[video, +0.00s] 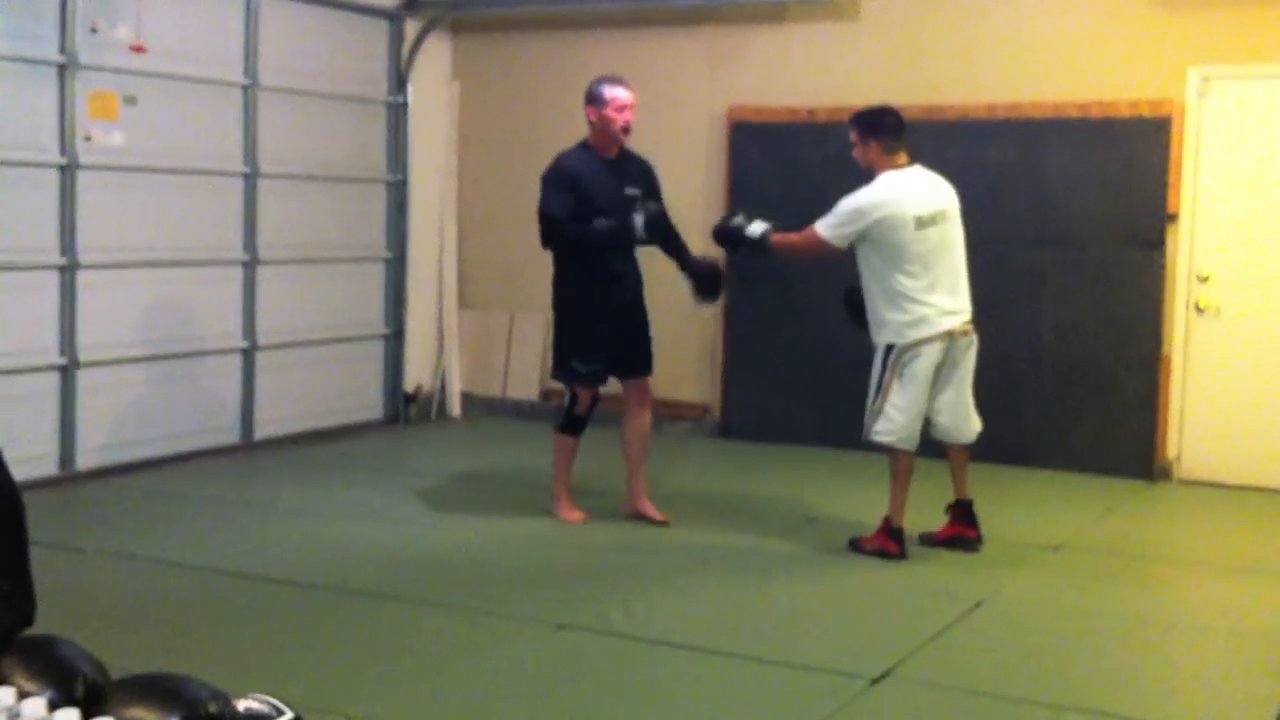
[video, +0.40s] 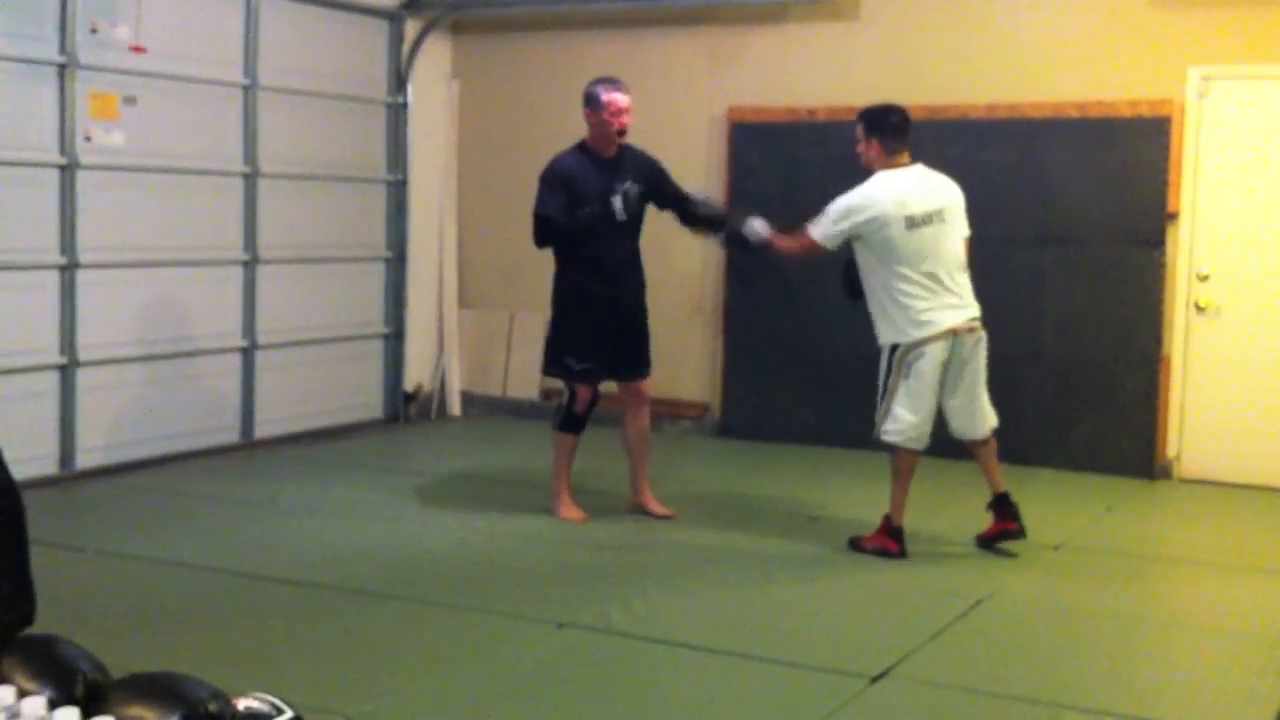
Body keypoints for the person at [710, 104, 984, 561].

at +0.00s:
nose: (855, 154)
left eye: (856, 145)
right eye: (854, 145)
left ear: (870, 145)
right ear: (901, 140)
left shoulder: (873, 199)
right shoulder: (940, 186)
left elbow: (808, 243)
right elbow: (931, 262)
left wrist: (759, 235)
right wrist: (880, 297)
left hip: (913, 334)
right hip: (960, 326)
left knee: (900, 431)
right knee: (956, 423)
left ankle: (892, 530)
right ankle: (964, 518)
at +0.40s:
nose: (860, 149)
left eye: (861, 142)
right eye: (861, 141)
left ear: (873, 144)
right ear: (905, 140)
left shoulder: (865, 199)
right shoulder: (947, 186)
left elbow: (800, 247)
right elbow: (962, 256)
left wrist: (764, 235)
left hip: (916, 333)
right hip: (968, 324)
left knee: (906, 431)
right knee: (975, 419)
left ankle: (892, 529)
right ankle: (1005, 510)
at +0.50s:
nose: (864, 150)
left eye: (867, 142)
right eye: (866, 141)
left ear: (879, 145)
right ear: (910, 143)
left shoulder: (870, 205)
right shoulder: (953, 189)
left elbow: (857, 279)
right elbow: (966, 252)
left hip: (917, 335)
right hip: (971, 325)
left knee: (907, 431)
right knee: (985, 417)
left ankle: (893, 529)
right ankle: (1019, 509)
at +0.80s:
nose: (909, 153)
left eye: (913, 145)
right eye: (911, 144)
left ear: (931, 147)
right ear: (953, 148)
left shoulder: (919, 203)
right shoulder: (991, 197)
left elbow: (888, 275)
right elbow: (965, 256)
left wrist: (872, 232)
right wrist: (906, 217)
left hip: (953, 337)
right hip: (1006, 331)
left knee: (925, 431)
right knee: (1012, 425)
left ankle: (894, 529)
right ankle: (1039, 525)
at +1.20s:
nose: (946, 170)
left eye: (948, 161)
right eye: (946, 161)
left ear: (964, 163)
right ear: (994, 159)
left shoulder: (960, 216)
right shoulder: (1042, 200)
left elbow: (947, 284)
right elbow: (1028, 256)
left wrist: (927, 243)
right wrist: (959, 218)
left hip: (997, 341)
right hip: (1054, 336)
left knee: (962, 431)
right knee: (1064, 419)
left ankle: (957, 530)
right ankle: (1090, 494)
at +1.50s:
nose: (1004, 162)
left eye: (1008, 153)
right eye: (1005, 154)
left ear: (1027, 154)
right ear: (1049, 153)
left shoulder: (1029, 205)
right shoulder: (1086, 196)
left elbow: (996, 268)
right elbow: (1062, 249)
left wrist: (987, 219)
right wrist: (1016, 199)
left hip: (1054, 341)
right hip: (1107, 333)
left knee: (1003, 429)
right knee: (1113, 428)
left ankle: (978, 526)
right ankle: (1134, 529)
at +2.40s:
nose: (1031, 183)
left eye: (1034, 174)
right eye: (1032, 175)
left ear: (1049, 174)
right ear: (1076, 172)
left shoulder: (1040, 212)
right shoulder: (1118, 215)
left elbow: (972, 224)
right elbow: (1126, 266)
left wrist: (935, 195)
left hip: (1074, 350)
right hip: (1133, 347)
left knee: (1008, 427)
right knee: (1149, 429)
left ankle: (971, 523)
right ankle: (1171, 501)